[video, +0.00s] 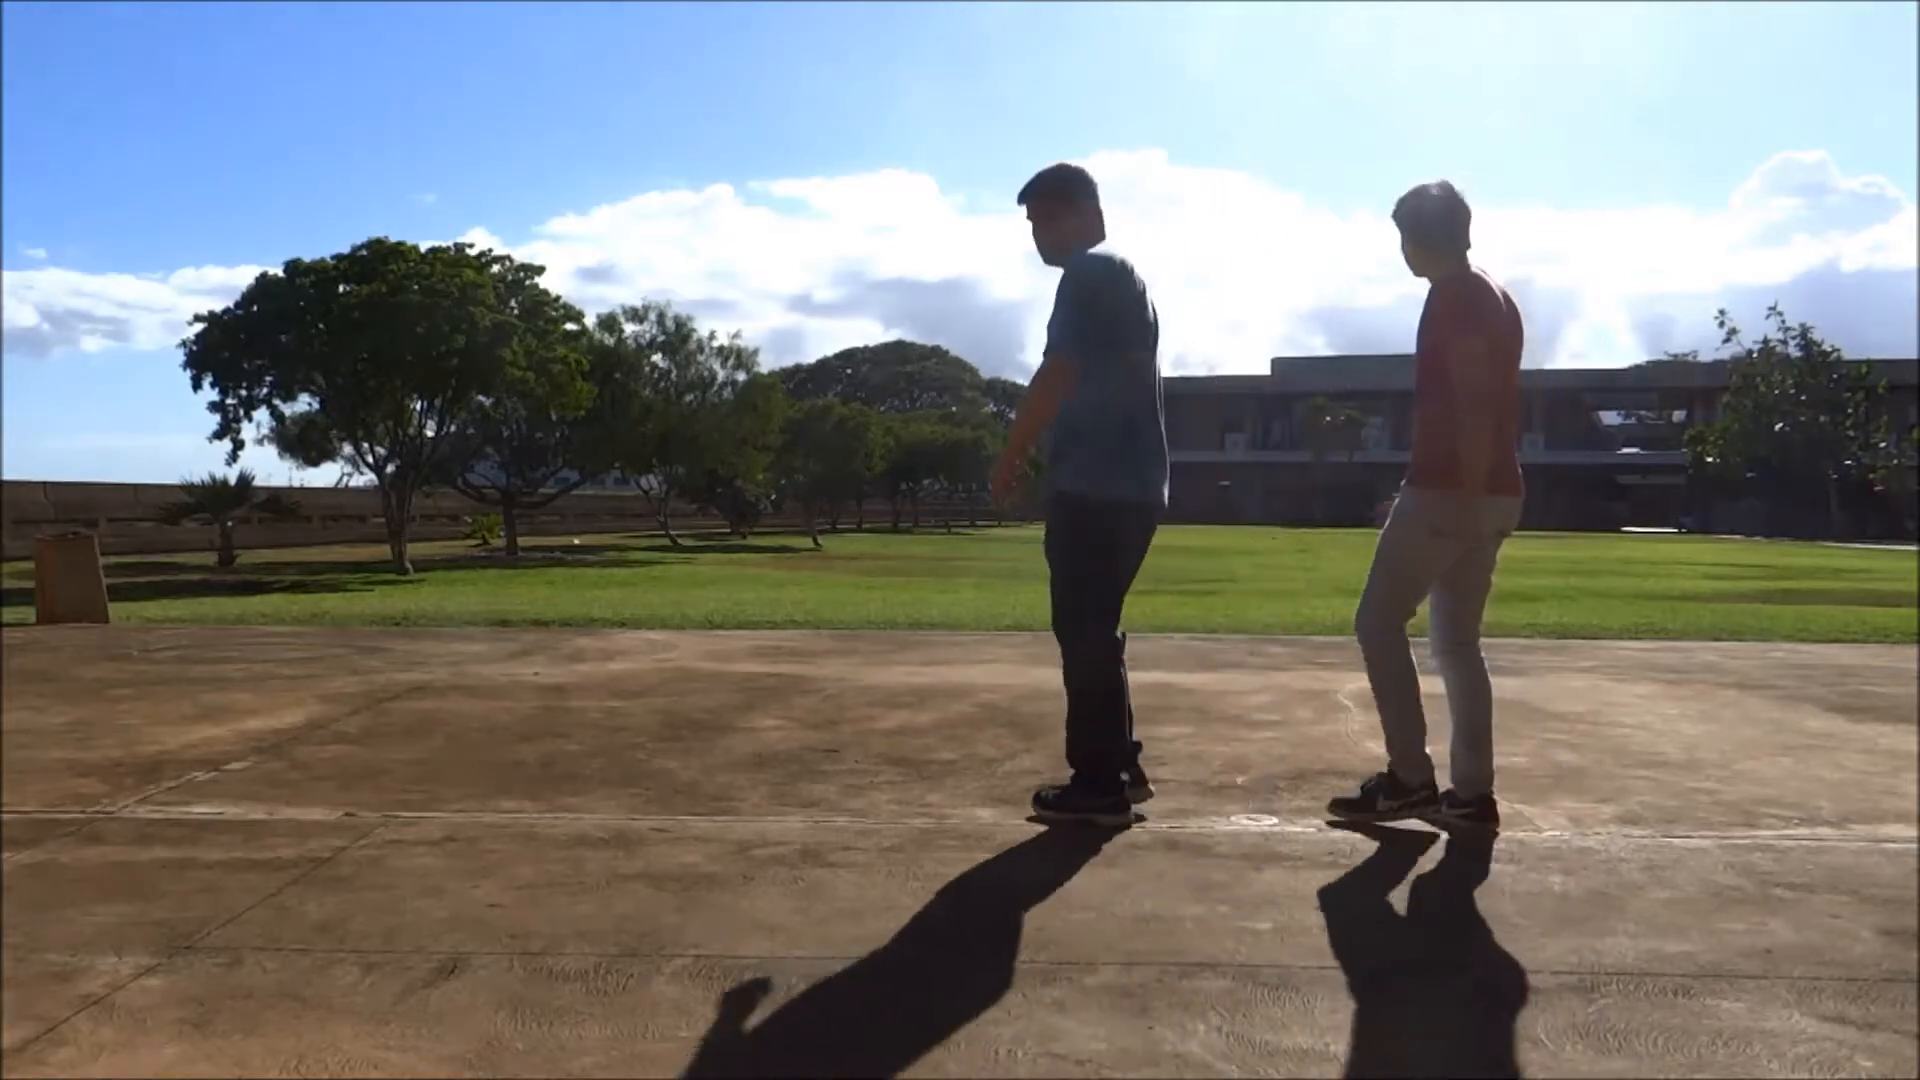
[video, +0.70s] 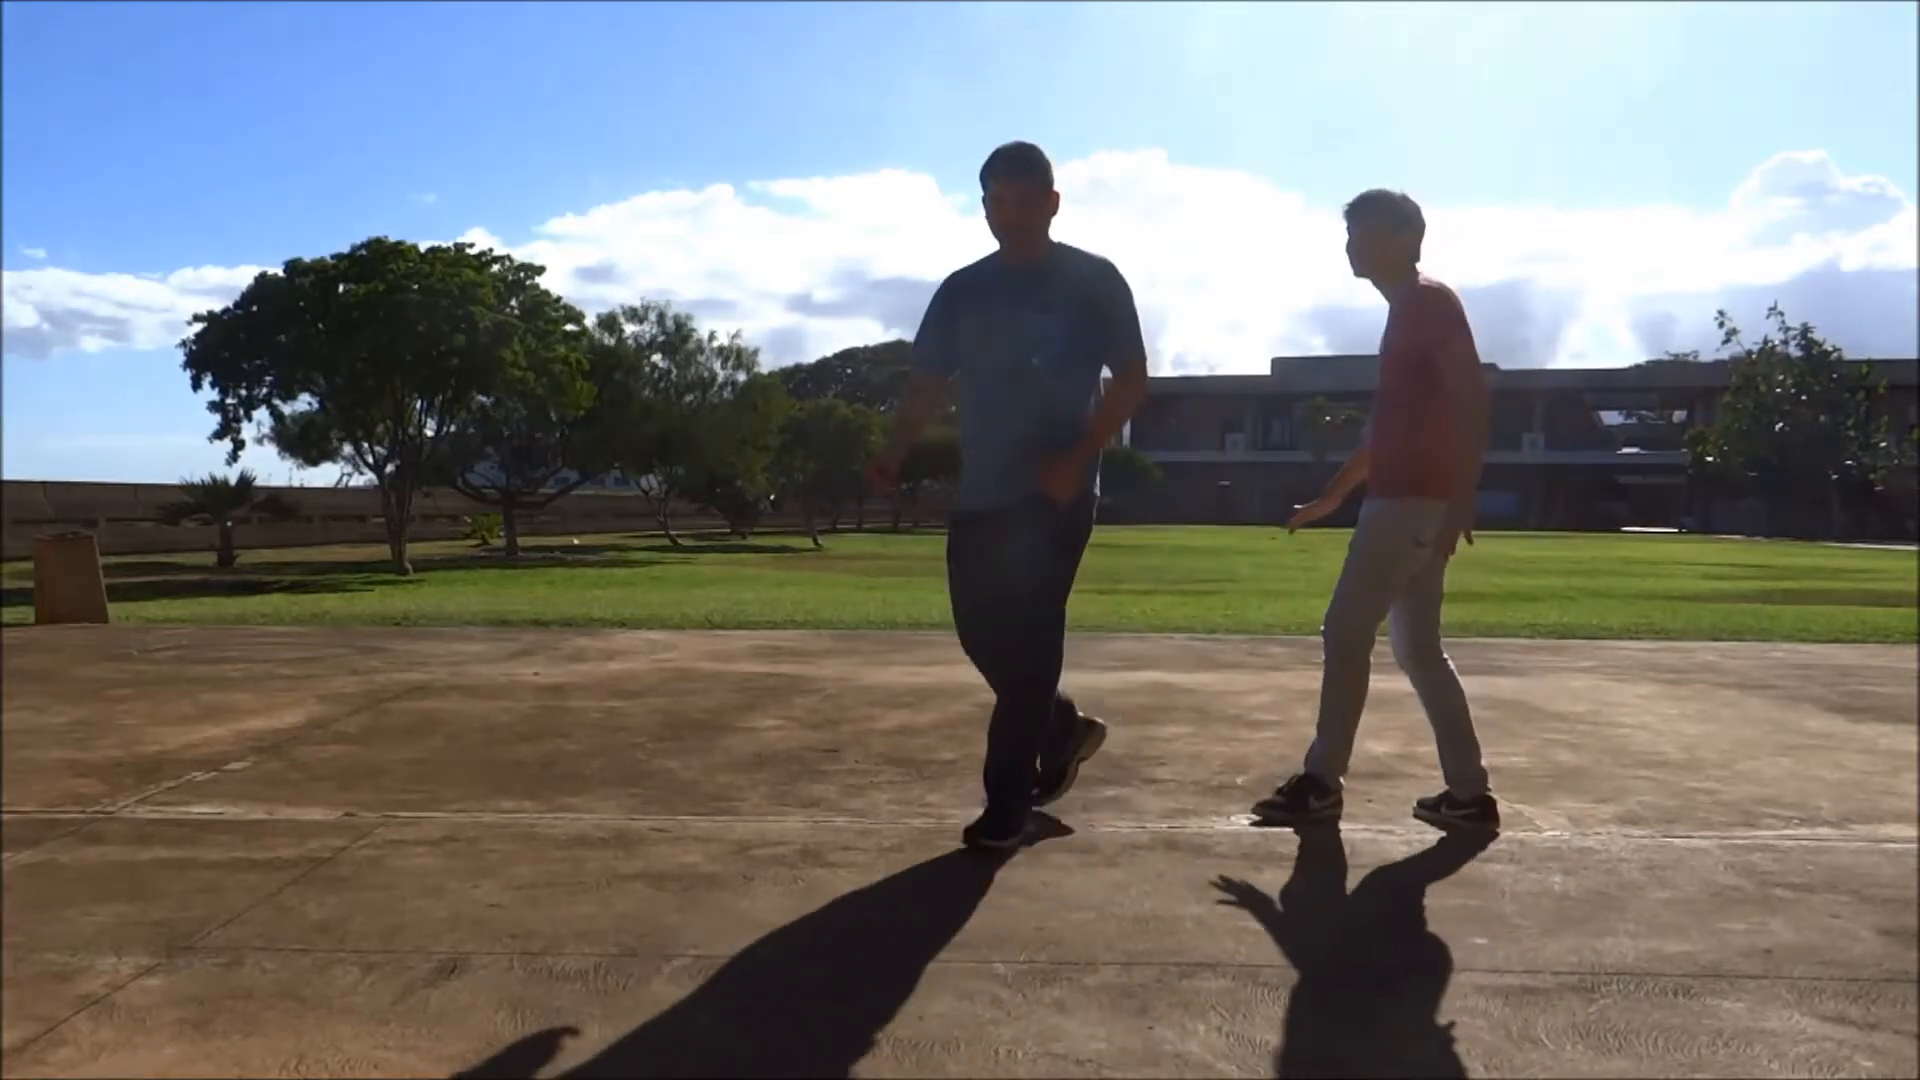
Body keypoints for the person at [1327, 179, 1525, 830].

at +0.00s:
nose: (1400, 250)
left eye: (1404, 236)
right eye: (1400, 236)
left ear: (1424, 237)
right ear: (1459, 232)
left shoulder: (1452, 300)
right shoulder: (1498, 303)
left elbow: (1473, 402)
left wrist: (1467, 492)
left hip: (1441, 494)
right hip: (1492, 497)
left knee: (1378, 623)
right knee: (1457, 640)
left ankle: (1408, 776)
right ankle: (1471, 795)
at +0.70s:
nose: (1348, 246)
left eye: (1358, 234)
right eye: (1349, 235)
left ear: (1397, 238)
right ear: (1387, 242)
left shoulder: (1430, 303)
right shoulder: (1406, 312)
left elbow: (1473, 401)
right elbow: (1391, 428)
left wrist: (1463, 501)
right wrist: (1332, 497)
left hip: (1406, 505)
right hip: (1417, 504)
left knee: (1345, 631)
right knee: (1418, 649)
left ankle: (1321, 785)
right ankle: (1469, 794)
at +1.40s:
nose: (1310, 237)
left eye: (1320, 223)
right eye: (1306, 224)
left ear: (1354, 225)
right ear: (1305, 230)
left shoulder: (1390, 307)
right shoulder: (1316, 316)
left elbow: (1426, 409)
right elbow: (1314, 421)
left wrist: (1395, 489)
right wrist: (1283, 504)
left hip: (1356, 493)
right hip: (1319, 495)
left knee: (1314, 632)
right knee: (1341, 638)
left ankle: (1320, 781)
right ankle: (1442, 753)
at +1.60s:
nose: (1284, 231)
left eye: (1294, 216)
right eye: (1281, 219)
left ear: (1329, 219)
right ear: (1284, 225)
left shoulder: (1369, 301)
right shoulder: (1297, 311)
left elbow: (1396, 403)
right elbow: (1306, 409)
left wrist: (1347, 484)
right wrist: (1282, 485)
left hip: (1337, 493)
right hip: (1291, 490)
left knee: (1309, 629)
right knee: (1264, 623)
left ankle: (1319, 778)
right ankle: (1362, 736)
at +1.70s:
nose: (1269, 229)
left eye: (1277, 215)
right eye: (1268, 217)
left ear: (1312, 217)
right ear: (1281, 223)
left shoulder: (1358, 297)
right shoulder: (1286, 311)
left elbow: (1381, 400)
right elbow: (1292, 403)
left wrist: (1321, 474)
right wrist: (1279, 474)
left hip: (1328, 488)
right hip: (1282, 483)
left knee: (1310, 632)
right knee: (1242, 619)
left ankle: (1320, 780)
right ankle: (1299, 755)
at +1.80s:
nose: (1259, 231)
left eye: (1268, 217)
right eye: (1255, 220)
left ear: (1304, 217)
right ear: (1257, 226)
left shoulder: (1345, 297)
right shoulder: (1275, 310)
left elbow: (1363, 399)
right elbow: (1277, 406)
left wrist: (1301, 461)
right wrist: (1257, 479)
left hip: (1319, 489)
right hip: (1270, 488)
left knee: (1307, 631)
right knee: (1220, 615)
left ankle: (1320, 779)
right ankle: (1243, 760)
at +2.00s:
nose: (1230, 232)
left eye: (1242, 218)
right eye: (1223, 222)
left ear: (1274, 221)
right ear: (1218, 231)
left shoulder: (1309, 296)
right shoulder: (1241, 315)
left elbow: (1324, 395)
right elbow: (1249, 403)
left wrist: (1229, 443)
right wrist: (1220, 461)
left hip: (1288, 495)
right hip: (1239, 493)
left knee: (1293, 636)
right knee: (1191, 624)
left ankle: (1319, 778)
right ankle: (1145, 759)